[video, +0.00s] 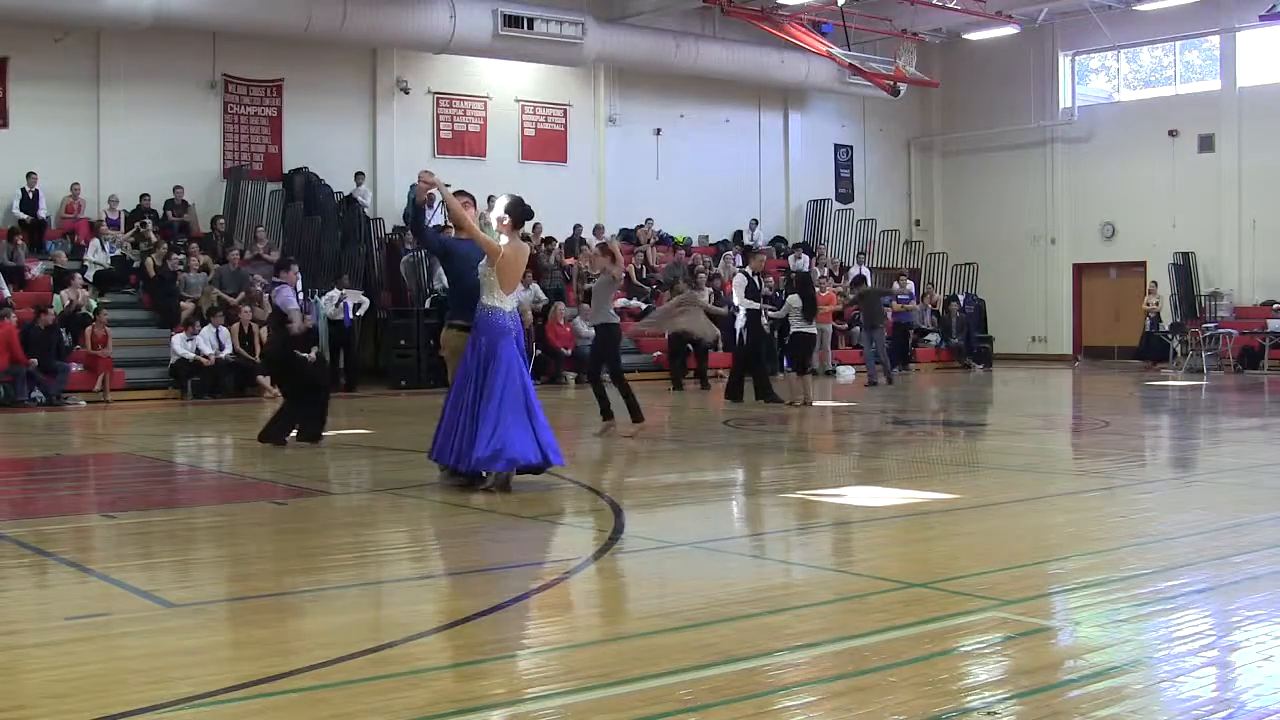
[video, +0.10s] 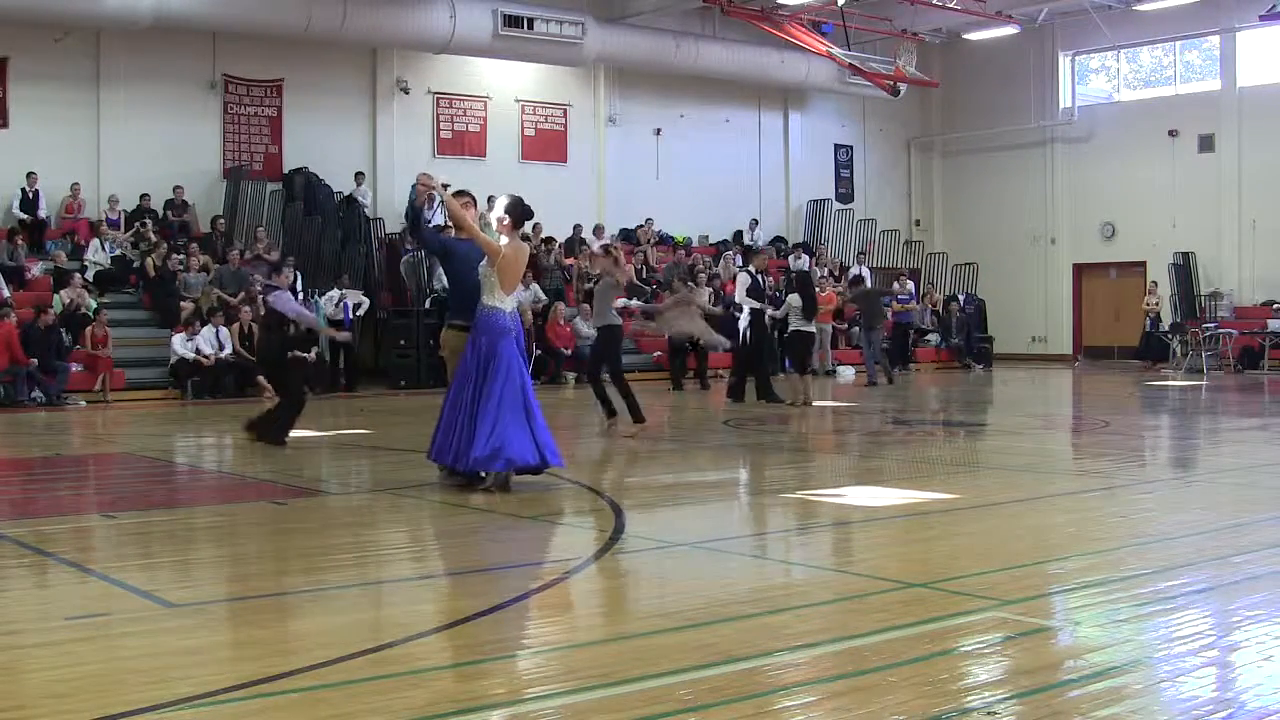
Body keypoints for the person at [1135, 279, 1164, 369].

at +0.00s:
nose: (1151, 289)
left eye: (1153, 287)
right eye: (1150, 287)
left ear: (1156, 288)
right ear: (1148, 288)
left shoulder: (1159, 297)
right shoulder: (1147, 297)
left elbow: (1159, 308)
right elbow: (1143, 306)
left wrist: (1149, 309)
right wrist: (1152, 307)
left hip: (1156, 317)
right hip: (1148, 318)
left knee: (1156, 337)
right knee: (1147, 337)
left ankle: (1154, 360)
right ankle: (1146, 360)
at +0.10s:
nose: (1151, 288)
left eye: (1153, 287)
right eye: (1150, 287)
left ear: (1156, 288)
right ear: (1148, 288)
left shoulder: (1159, 297)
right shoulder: (1147, 297)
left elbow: (1159, 308)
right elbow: (1143, 306)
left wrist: (1148, 309)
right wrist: (1153, 307)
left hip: (1156, 318)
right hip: (1148, 318)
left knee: (1156, 338)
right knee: (1147, 337)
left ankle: (1154, 360)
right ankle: (1146, 360)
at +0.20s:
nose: (1151, 288)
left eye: (1153, 287)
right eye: (1150, 287)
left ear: (1156, 288)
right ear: (1148, 288)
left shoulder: (1159, 297)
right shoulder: (1147, 297)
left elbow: (1159, 308)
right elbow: (1143, 306)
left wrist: (1148, 309)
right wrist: (1152, 308)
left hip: (1156, 318)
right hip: (1148, 318)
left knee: (1156, 337)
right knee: (1147, 337)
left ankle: (1154, 359)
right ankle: (1146, 360)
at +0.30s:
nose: (1151, 289)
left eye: (1153, 287)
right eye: (1150, 287)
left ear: (1156, 288)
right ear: (1148, 288)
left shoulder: (1159, 297)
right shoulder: (1147, 297)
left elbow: (1159, 308)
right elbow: (1143, 306)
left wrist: (1148, 309)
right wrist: (1152, 308)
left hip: (1156, 317)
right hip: (1148, 318)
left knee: (1156, 337)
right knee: (1147, 337)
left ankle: (1154, 359)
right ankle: (1146, 360)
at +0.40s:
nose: (1151, 289)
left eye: (1153, 287)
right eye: (1150, 287)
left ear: (1156, 288)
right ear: (1148, 288)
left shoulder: (1159, 297)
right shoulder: (1147, 297)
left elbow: (1159, 308)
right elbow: (1143, 306)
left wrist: (1149, 309)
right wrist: (1153, 307)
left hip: (1156, 317)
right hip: (1148, 317)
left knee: (1156, 338)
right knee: (1147, 337)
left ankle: (1154, 359)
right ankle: (1146, 359)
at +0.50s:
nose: (1151, 289)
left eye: (1153, 287)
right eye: (1150, 287)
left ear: (1156, 288)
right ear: (1148, 288)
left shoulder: (1160, 297)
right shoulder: (1147, 297)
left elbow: (1159, 308)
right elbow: (1143, 307)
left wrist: (1148, 309)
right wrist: (1153, 308)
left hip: (1156, 317)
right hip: (1148, 318)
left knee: (1156, 337)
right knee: (1147, 337)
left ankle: (1154, 359)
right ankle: (1146, 360)